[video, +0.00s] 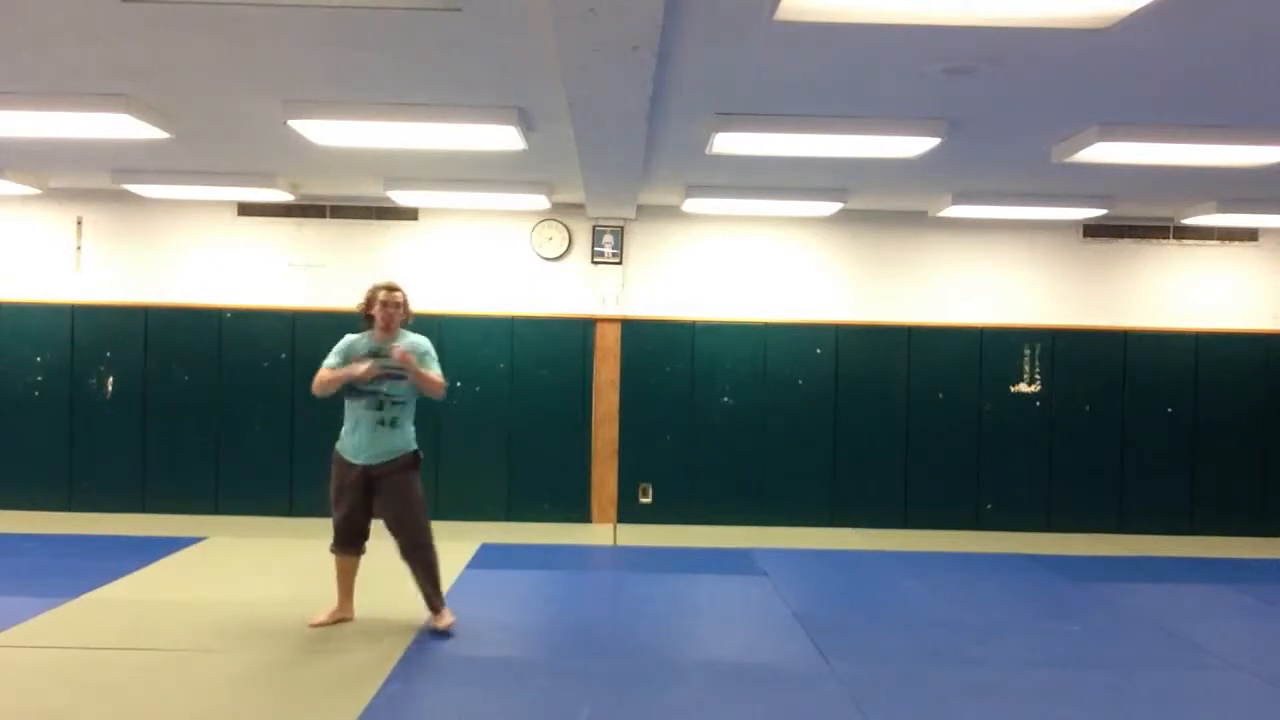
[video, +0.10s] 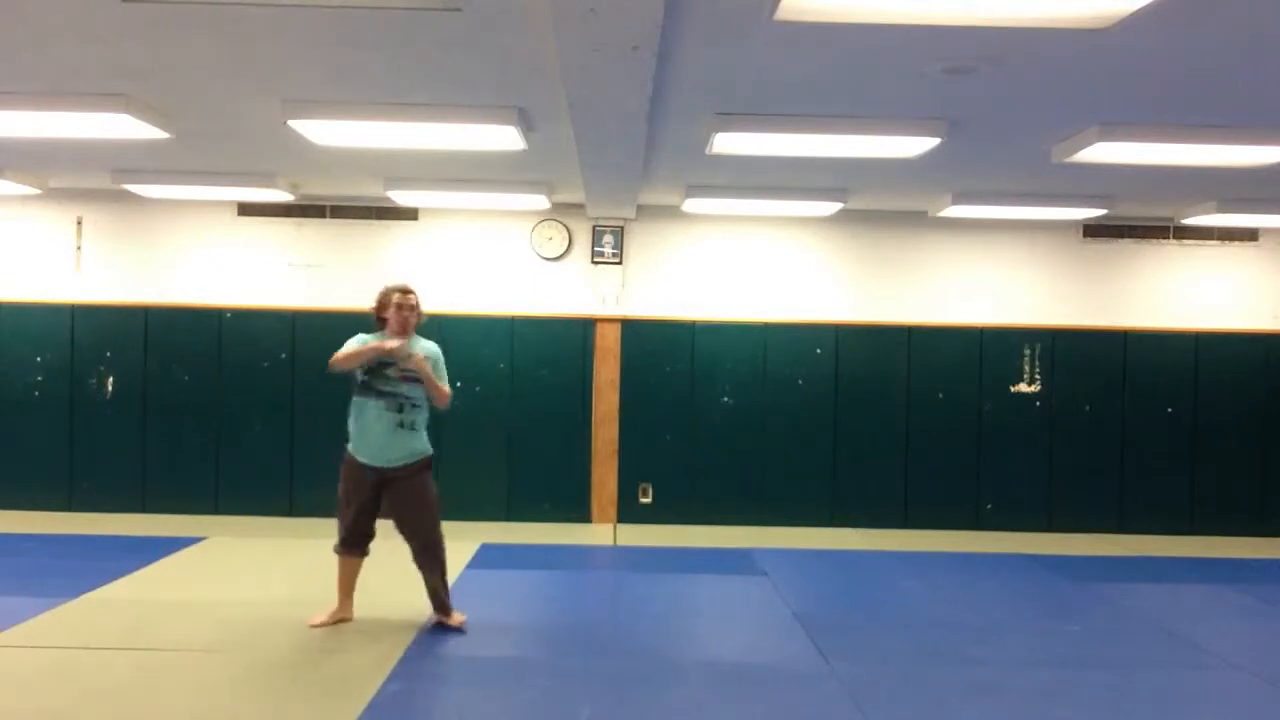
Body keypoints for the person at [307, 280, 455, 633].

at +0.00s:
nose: (388, 311)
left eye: (395, 306)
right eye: (383, 305)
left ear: (405, 312)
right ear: (370, 309)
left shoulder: (418, 346)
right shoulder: (351, 344)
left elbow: (438, 389)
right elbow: (318, 385)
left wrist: (412, 368)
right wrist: (352, 373)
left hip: (397, 457)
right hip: (351, 456)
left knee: (415, 536)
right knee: (346, 534)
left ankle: (438, 609)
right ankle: (344, 606)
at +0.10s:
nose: (404, 314)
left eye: (409, 308)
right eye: (398, 307)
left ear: (418, 315)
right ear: (383, 312)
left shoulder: (430, 351)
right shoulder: (363, 342)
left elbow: (444, 400)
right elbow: (336, 363)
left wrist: (421, 370)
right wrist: (380, 349)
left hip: (411, 460)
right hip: (362, 459)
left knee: (427, 538)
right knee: (351, 536)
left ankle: (443, 610)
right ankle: (344, 607)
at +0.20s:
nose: (423, 317)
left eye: (429, 311)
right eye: (417, 311)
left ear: (435, 317)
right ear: (398, 315)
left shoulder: (441, 353)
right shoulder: (378, 348)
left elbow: (449, 403)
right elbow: (376, 349)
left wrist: (437, 388)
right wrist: (410, 334)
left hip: (431, 460)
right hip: (382, 459)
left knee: (438, 542)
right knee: (360, 539)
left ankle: (444, 612)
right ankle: (342, 607)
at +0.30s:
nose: (443, 318)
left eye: (448, 312)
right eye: (437, 311)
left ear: (453, 318)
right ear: (418, 316)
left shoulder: (454, 354)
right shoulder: (398, 349)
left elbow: (444, 391)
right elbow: (403, 349)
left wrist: (462, 403)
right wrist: (433, 336)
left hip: (451, 457)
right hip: (408, 456)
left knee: (453, 540)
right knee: (373, 536)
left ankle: (448, 611)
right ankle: (342, 603)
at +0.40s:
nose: (468, 317)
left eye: (471, 311)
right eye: (462, 310)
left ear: (472, 316)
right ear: (443, 312)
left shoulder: (468, 352)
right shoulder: (422, 345)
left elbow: (459, 396)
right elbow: (407, 372)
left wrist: (482, 404)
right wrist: (448, 359)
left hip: (464, 458)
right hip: (426, 456)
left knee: (460, 541)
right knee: (398, 532)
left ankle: (451, 610)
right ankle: (357, 598)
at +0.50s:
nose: (490, 316)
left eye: (491, 310)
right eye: (483, 310)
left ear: (487, 314)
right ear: (463, 312)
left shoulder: (480, 352)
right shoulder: (437, 350)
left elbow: (470, 396)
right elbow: (414, 396)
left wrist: (499, 402)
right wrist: (450, 399)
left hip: (472, 455)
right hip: (438, 454)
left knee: (464, 536)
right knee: (432, 533)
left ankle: (451, 609)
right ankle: (387, 598)